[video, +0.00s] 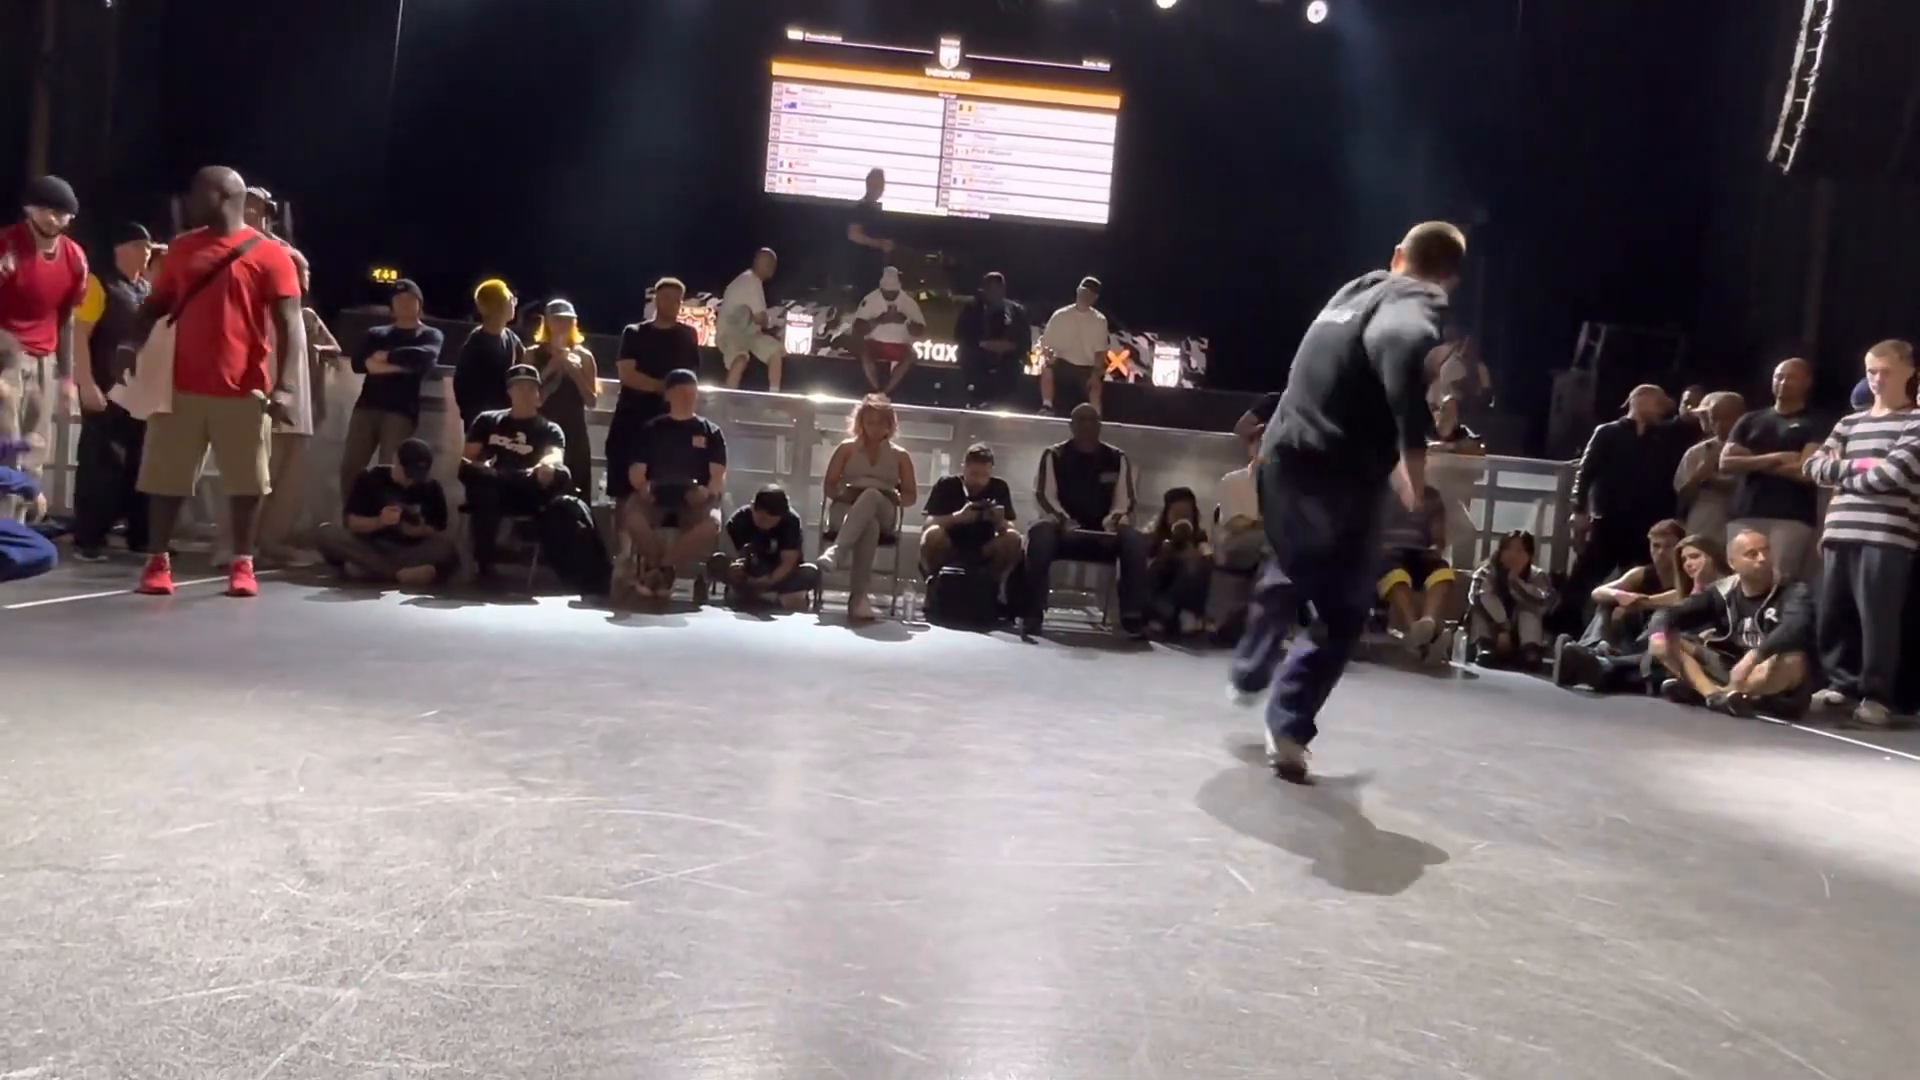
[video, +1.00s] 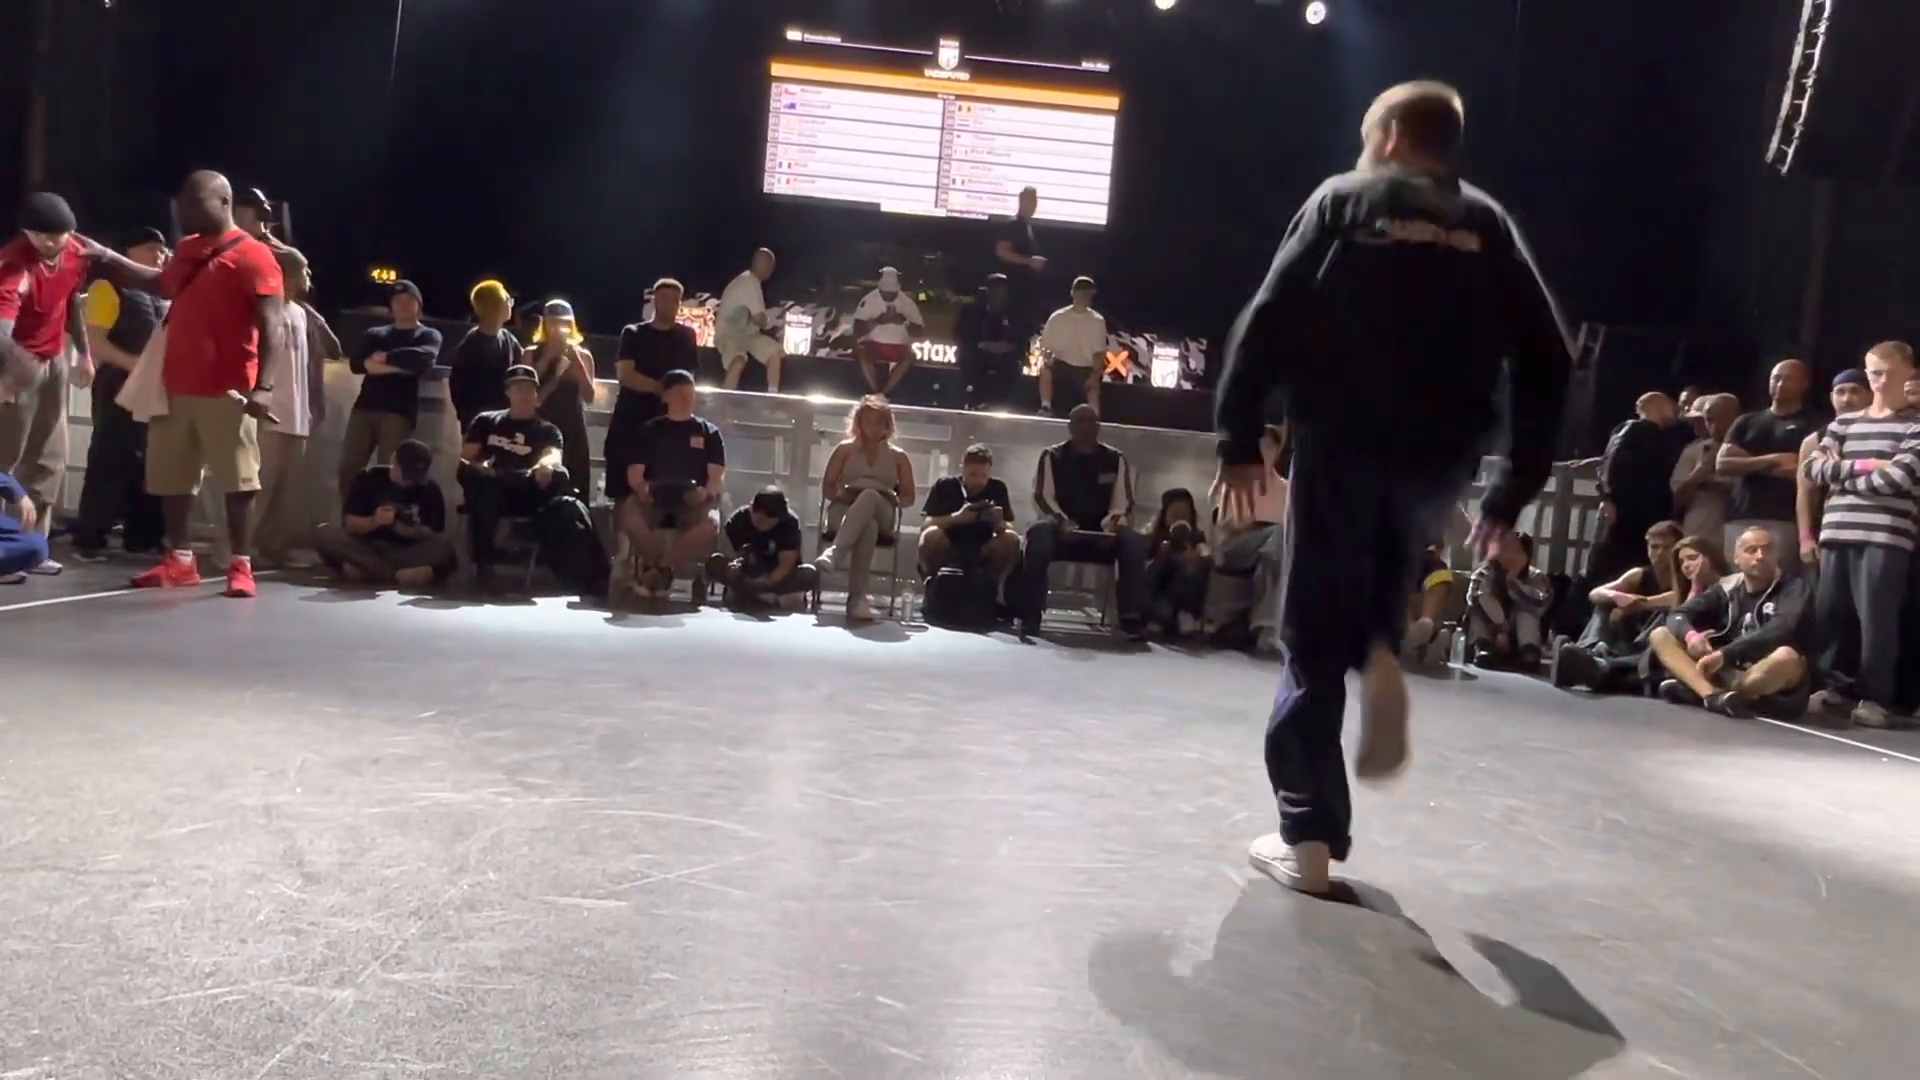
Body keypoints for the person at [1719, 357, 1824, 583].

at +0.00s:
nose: (1782, 382)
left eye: (1790, 378)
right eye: (1779, 377)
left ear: (1806, 383)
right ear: (1773, 382)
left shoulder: (1816, 424)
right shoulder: (1750, 420)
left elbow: (1807, 471)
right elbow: (1725, 463)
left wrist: (1751, 459)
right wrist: (1779, 458)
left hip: (1791, 518)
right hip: (1745, 515)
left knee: (1781, 589)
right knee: (1742, 589)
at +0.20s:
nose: (1782, 382)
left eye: (1789, 378)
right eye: (1778, 377)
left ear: (1806, 383)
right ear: (1772, 382)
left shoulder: (1815, 424)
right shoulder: (1749, 420)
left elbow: (1807, 470)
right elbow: (1724, 463)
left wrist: (1750, 458)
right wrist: (1779, 458)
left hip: (1791, 518)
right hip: (1745, 515)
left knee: (1781, 590)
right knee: (1743, 590)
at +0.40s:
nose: (1781, 382)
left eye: (1789, 378)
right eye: (1778, 377)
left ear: (1804, 384)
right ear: (1771, 382)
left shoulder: (1813, 425)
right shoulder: (1748, 420)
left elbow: (1807, 471)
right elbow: (1723, 463)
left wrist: (1751, 461)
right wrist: (1779, 458)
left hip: (1786, 519)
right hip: (1744, 517)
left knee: (1781, 592)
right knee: (1741, 592)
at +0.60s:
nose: (1781, 383)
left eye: (1789, 378)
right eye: (1778, 377)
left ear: (1805, 383)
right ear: (1772, 381)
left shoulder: (1815, 425)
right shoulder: (1747, 421)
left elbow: (1809, 472)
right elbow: (1724, 463)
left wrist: (1750, 460)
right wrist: (1779, 459)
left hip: (1784, 519)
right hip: (1742, 516)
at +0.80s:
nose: (1781, 382)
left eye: (1789, 378)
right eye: (1778, 377)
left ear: (1804, 384)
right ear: (1771, 382)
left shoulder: (1817, 425)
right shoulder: (1747, 421)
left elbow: (1813, 472)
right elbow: (1724, 463)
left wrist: (1752, 462)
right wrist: (1777, 459)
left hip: (1786, 520)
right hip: (1743, 518)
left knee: (1782, 595)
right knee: (1739, 595)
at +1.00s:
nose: (1780, 383)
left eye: (1787, 379)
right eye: (1776, 378)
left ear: (1803, 384)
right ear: (1770, 382)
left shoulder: (1814, 425)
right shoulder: (1746, 422)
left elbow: (1807, 471)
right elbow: (1722, 464)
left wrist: (1749, 462)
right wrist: (1776, 459)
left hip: (1786, 521)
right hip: (1742, 519)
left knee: (1782, 597)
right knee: (1739, 596)